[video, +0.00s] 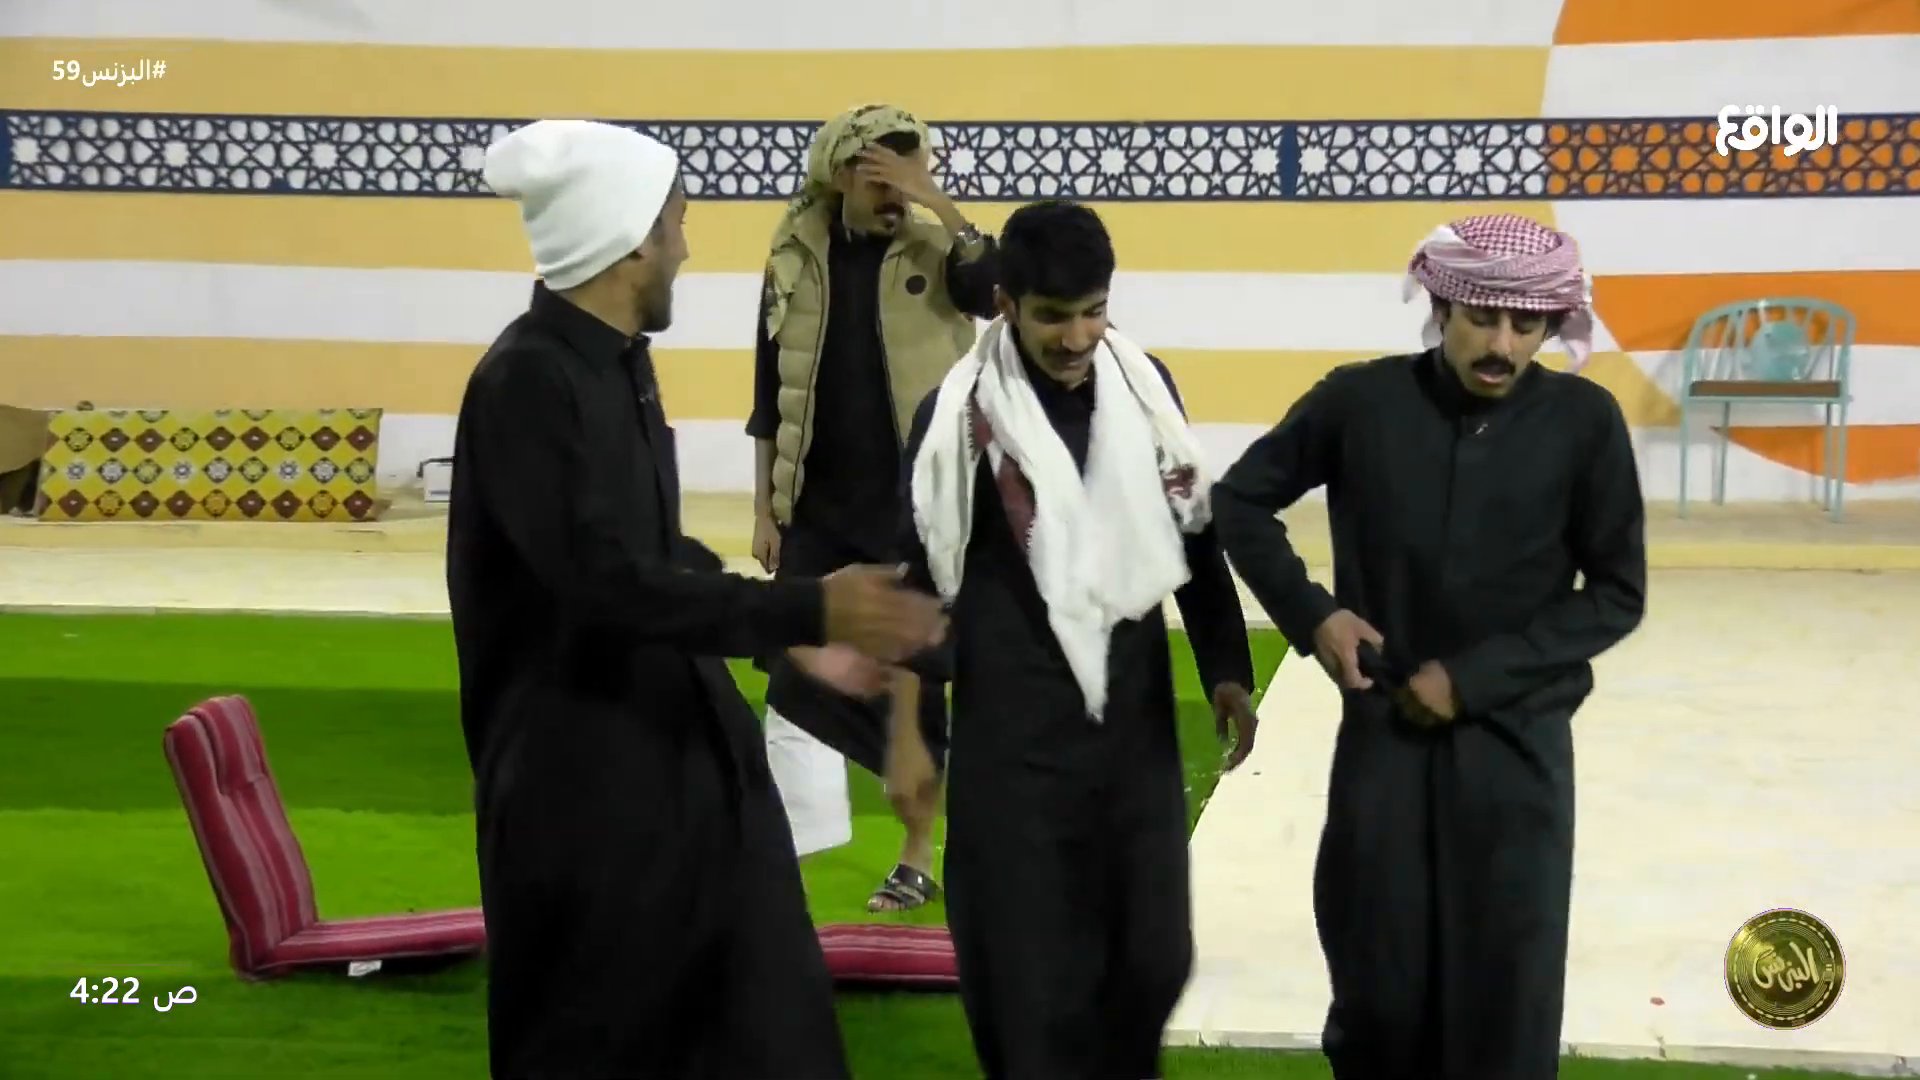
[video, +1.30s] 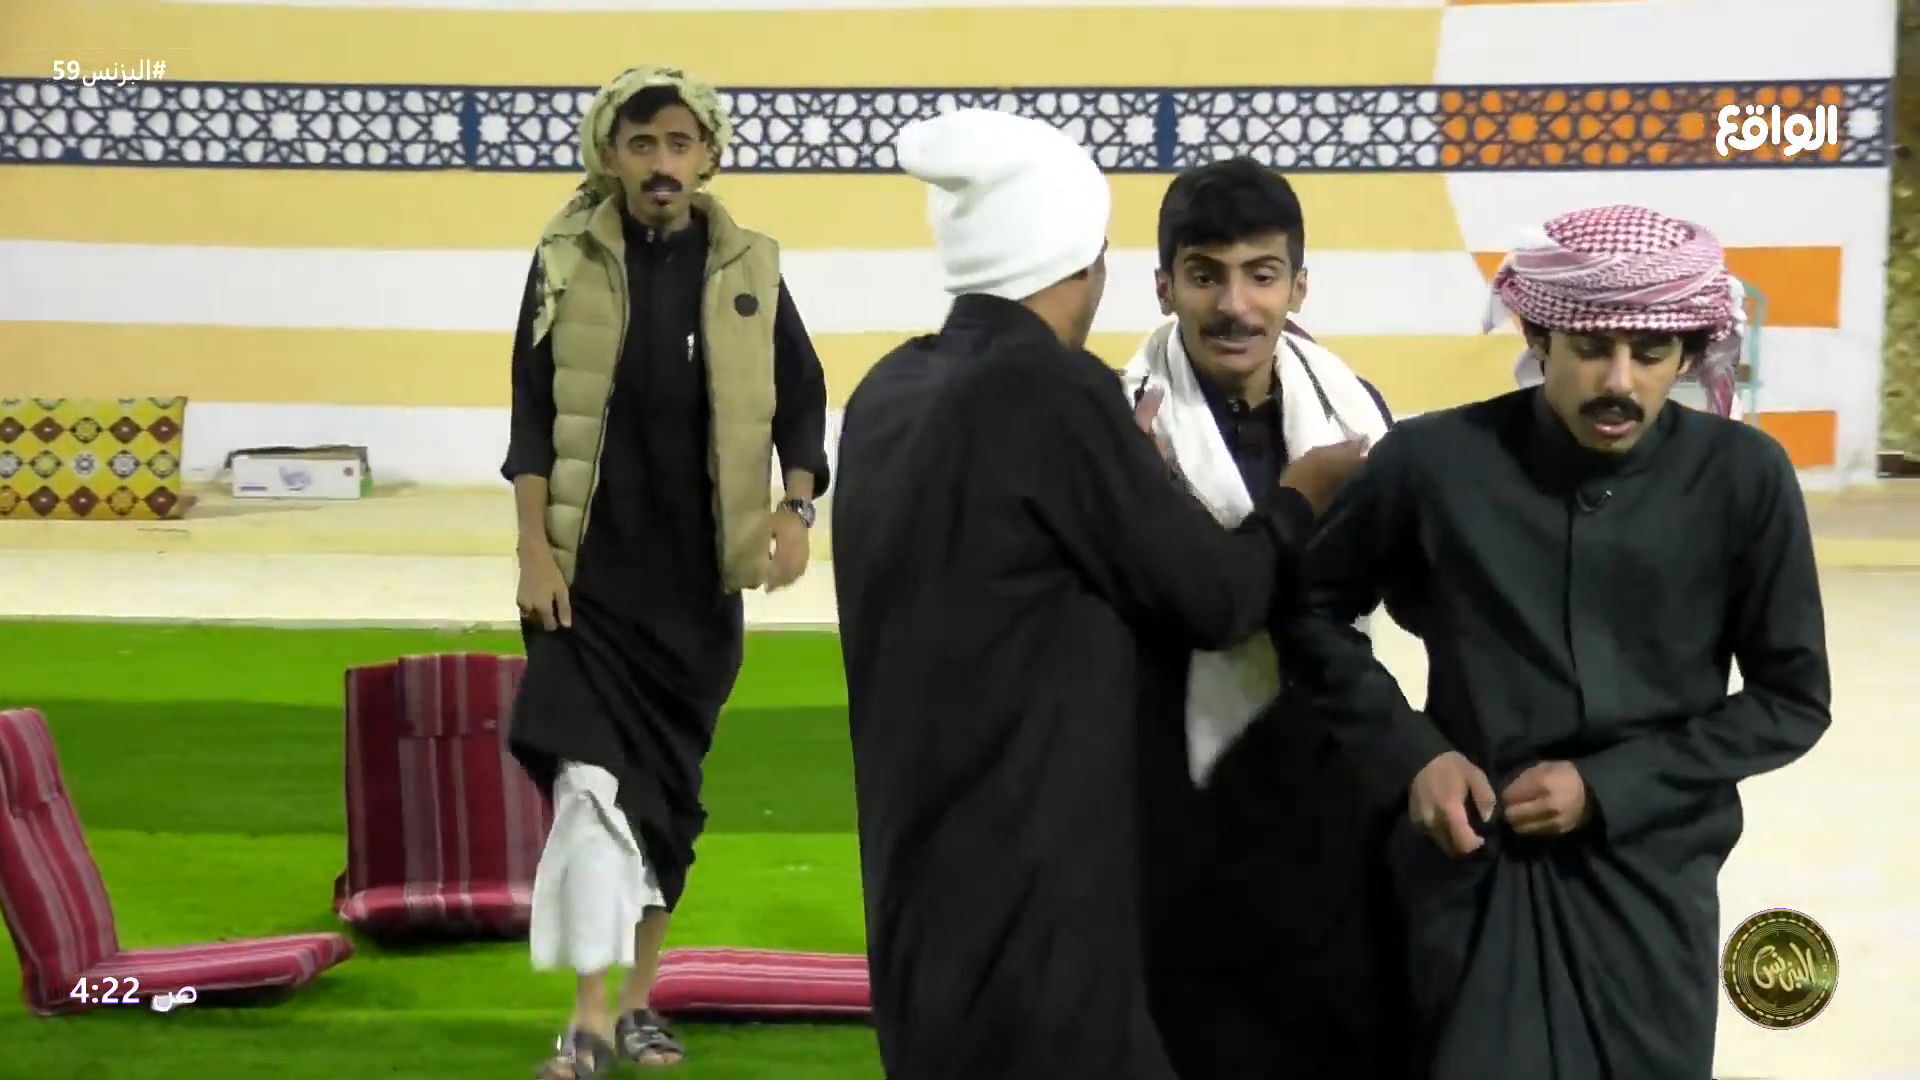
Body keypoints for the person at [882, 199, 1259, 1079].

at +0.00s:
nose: (1074, 335)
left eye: (1091, 314)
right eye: (1052, 317)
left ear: (1108, 299)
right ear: (1006, 303)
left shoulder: (1142, 382)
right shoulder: (955, 414)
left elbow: (1195, 539)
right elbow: (915, 581)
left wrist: (1228, 672)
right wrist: (908, 731)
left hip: (1134, 717)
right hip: (1010, 725)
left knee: (1155, 957)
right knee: (1028, 969)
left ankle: (1112, 1067)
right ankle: (1038, 1075)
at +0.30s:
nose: (1185, 323)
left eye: (1196, 299)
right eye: (1159, 302)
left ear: (1208, 294)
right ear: (1097, 301)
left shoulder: (1223, 397)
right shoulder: (1028, 418)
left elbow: (1254, 582)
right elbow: (978, 589)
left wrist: (1258, 749)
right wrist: (1022, 690)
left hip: (1209, 765)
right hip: (1079, 769)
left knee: (1217, 1019)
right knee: (1069, 1015)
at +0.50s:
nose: (1295, 307)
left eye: (1295, 281)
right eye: (1272, 285)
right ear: (1191, 298)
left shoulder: (1307, 423)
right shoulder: (1087, 422)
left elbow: (1336, 611)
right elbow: (1035, 591)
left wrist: (1339, 790)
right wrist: (1033, 737)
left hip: (1269, 779)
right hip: (1127, 772)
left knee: (1257, 1021)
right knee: (1116, 1019)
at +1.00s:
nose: (1264, 321)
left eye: (1287, 293)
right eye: (1235, 295)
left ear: (1317, 302)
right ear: (1189, 306)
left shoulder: (1378, 439)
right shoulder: (1127, 459)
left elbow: (1436, 631)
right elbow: (1066, 659)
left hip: (1353, 852)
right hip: (1194, 855)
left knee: (1353, 1059)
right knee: (1194, 1053)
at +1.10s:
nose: (1262, 316)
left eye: (1285, 284)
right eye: (1230, 289)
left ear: (1313, 287)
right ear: (1184, 299)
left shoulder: (1365, 413)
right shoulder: (1131, 447)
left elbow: (1428, 581)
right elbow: (1099, 636)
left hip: (1360, 821)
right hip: (1202, 841)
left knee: (1365, 1041)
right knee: (1213, 1040)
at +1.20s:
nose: (1251, 304)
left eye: (1277, 275)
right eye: (1221, 276)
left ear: (1307, 282)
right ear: (1174, 287)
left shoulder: (1367, 416)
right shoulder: (1111, 434)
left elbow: (1432, 589)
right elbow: (1100, 629)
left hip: (1349, 816)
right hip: (1186, 821)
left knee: (1356, 1034)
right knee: (1208, 1038)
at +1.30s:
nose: (1235, 304)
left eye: (1260, 276)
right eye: (1207, 277)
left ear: (1297, 286)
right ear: (1165, 286)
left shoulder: (1359, 412)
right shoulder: (1113, 424)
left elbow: (1427, 595)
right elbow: (1093, 610)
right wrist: (1133, 496)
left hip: (1327, 809)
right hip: (1169, 813)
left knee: (1334, 1034)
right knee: (1189, 1035)